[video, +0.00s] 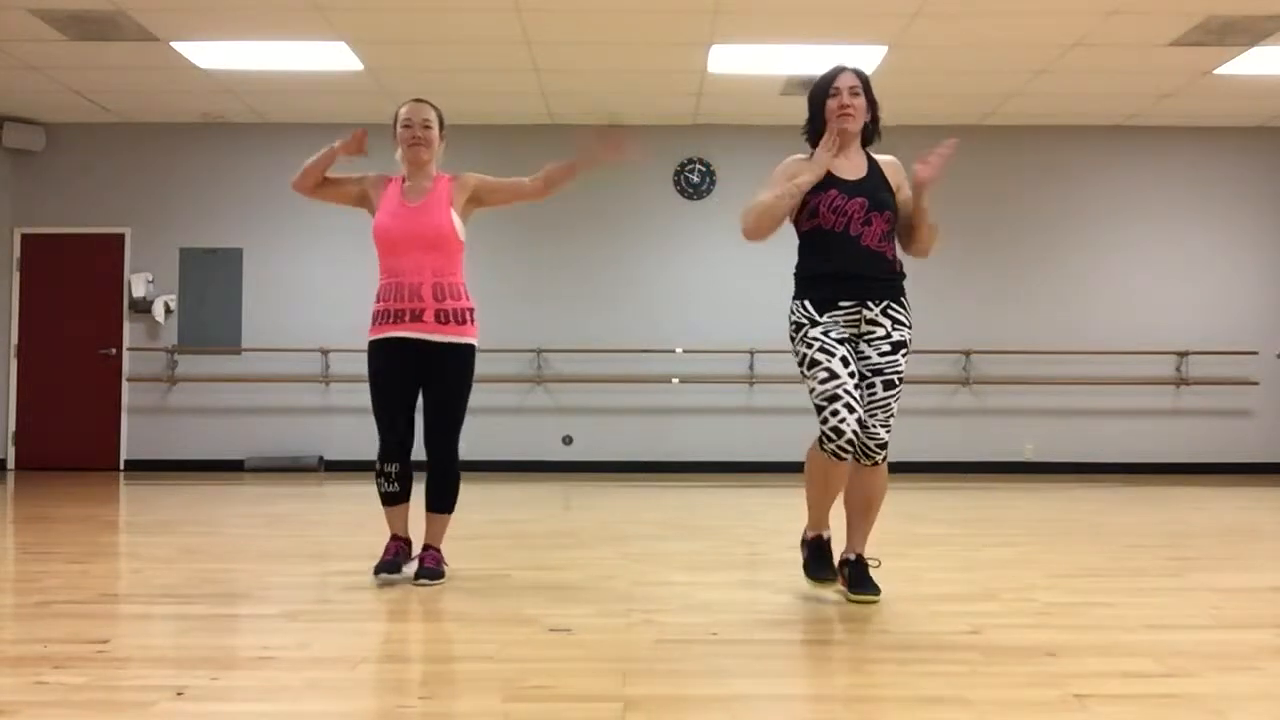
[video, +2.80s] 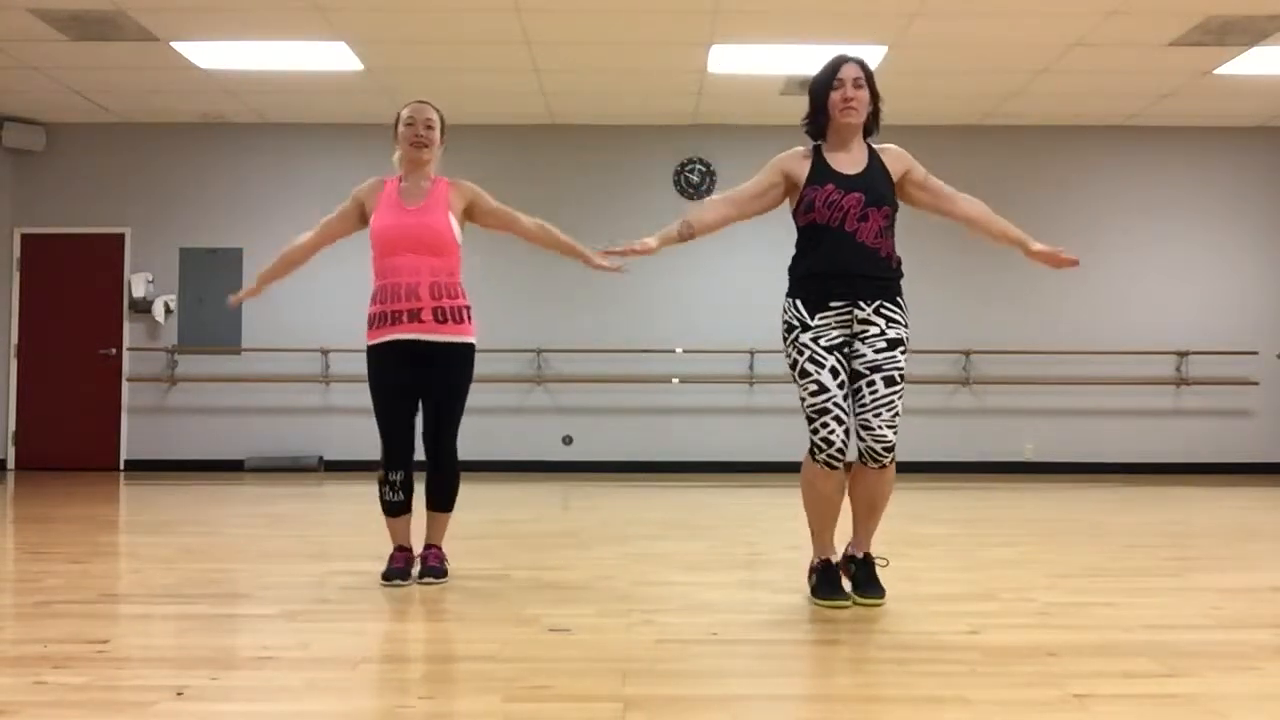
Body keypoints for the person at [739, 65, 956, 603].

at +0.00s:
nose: (845, 101)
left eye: (855, 93)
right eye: (834, 94)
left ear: (869, 107)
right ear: (818, 108)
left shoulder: (890, 167)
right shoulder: (800, 165)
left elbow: (917, 245)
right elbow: (753, 227)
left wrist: (923, 193)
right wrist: (811, 174)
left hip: (885, 312)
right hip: (820, 312)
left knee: (874, 433)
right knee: (842, 422)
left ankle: (855, 558)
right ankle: (816, 534)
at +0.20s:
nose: (842, 102)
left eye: (851, 95)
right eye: (833, 94)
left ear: (864, 109)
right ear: (817, 106)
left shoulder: (882, 164)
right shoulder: (800, 163)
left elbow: (941, 159)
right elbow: (772, 164)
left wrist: (901, 110)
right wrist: (807, 105)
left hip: (878, 311)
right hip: (814, 312)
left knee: (874, 435)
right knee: (831, 434)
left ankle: (856, 555)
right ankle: (816, 555)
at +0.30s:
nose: (841, 98)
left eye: (850, 91)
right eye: (830, 91)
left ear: (864, 104)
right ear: (814, 106)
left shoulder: (881, 154)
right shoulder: (797, 159)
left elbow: (928, 104)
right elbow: (775, 98)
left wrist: (882, 39)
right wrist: (821, 45)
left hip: (876, 309)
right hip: (810, 311)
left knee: (884, 427)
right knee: (821, 429)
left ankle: (855, 541)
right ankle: (815, 556)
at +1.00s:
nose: (843, 103)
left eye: (852, 96)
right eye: (830, 96)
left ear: (864, 110)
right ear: (814, 112)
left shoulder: (878, 158)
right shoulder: (795, 160)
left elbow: (915, 75)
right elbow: (761, 86)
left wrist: (943, 8)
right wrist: (745, 31)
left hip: (875, 315)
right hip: (811, 316)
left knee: (869, 438)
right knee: (829, 434)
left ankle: (854, 557)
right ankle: (810, 555)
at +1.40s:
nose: (844, 107)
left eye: (853, 98)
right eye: (833, 99)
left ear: (867, 109)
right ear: (816, 110)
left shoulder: (884, 157)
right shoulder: (795, 160)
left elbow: (951, 105)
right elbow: (734, 115)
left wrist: (1017, 58)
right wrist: (672, 63)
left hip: (874, 317)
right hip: (809, 318)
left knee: (867, 439)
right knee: (819, 436)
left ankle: (853, 554)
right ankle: (809, 559)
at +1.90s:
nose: (847, 101)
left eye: (856, 93)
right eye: (836, 93)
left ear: (868, 105)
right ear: (817, 106)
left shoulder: (888, 161)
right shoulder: (793, 161)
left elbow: (961, 153)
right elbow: (714, 156)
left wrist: (1039, 145)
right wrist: (637, 147)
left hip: (875, 315)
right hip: (810, 316)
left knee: (875, 441)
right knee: (829, 438)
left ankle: (854, 553)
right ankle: (817, 559)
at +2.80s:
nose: (850, 94)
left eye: (859, 86)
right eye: (840, 86)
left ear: (872, 100)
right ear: (822, 100)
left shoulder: (893, 162)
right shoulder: (796, 164)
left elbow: (958, 204)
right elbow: (725, 207)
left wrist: (1027, 243)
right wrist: (657, 239)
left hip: (880, 312)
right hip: (814, 314)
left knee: (878, 441)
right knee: (831, 439)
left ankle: (860, 553)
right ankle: (823, 561)